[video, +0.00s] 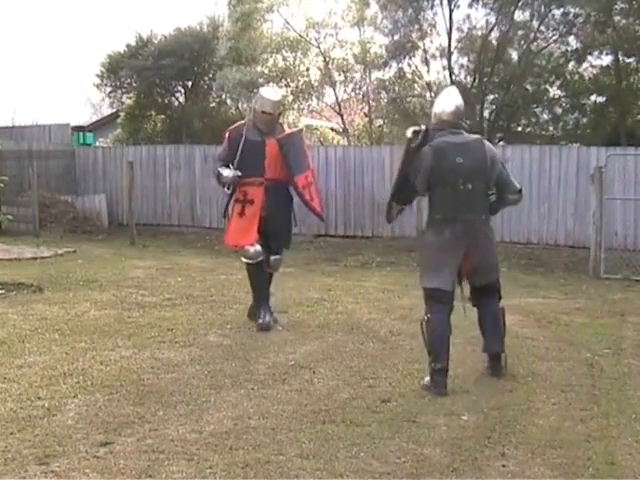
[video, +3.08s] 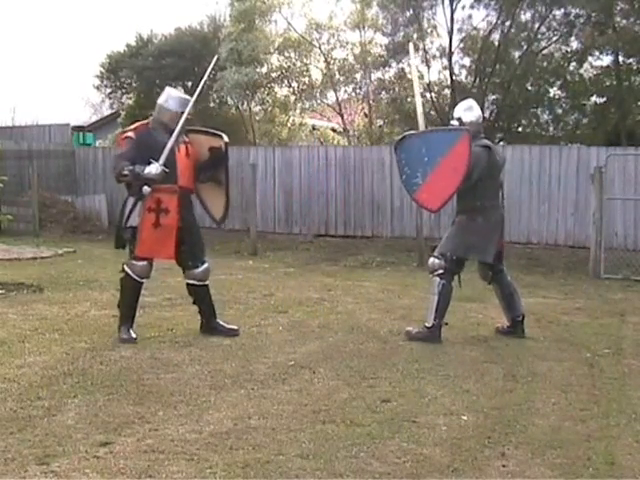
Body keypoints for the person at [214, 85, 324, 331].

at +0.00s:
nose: (268, 118)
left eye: (273, 114)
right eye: (264, 113)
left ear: (278, 113)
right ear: (254, 110)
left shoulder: (286, 137)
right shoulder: (238, 134)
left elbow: (300, 169)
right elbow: (221, 164)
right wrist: (226, 174)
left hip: (277, 200)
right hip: (247, 200)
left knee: (275, 257)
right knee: (252, 252)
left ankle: (259, 303)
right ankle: (263, 305)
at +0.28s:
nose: (271, 117)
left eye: (276, 113)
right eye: (267, 111)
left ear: (282, 114)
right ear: (258, 109)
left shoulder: (287, 138)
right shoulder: (239, 130)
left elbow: (297, 172)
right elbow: (219, 158)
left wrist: (293, 148)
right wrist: (224, 168)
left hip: (271, 203)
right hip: (240, 200)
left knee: (265, 257)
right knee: (236, 252)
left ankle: (257, 308)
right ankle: (234, 308)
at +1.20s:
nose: (239, 118)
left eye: (243, 113)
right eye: (235, 113)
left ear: (247, 113)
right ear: (223, 110)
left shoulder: (252, 138)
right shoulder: (204, 133)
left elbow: (265, 173)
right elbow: (182, 165)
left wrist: (264, 144)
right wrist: (194, 168)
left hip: (244, 200)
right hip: (212, 200)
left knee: (248, 259)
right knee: (204, 255)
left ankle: (255, 308)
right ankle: (196, 310)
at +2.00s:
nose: (205, 118)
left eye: (209, 112)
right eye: (201, 112)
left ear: (213, 112)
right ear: (188, 111)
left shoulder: (218, 137)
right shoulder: (172, 136)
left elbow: (237, 173)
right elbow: (151, 168)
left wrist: (237, 147)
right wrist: (163, 173)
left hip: (218, 199)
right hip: (188, 201)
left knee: (222, 256)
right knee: (189, 257)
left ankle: (217, 315)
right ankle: (194, 311)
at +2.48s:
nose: (218, 121)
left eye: (221, 116)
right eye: (215, 114)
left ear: (223, 116)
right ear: (201, 109)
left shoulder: (222, 142)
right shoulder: (172, 130)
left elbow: (239, 175)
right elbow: (148, 159)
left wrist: (247, 151)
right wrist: (159, 164)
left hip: (211, 204)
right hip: (178, 202)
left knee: (212, 264)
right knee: (169, 258)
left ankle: (210, 320)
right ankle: (174, 306)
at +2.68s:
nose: (215, 119)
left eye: (217, 115)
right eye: (211, 113)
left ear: (217, 115)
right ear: (196, 108)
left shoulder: (216, 141)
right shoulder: (168, 130)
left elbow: (230, 174)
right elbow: (141, 159)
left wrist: (240, 155)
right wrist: (155, 162)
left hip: (205, 206)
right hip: (173, 204)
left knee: (209, 266)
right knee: (158, 259)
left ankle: (210, 321)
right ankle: (138, 320)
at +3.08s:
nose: (179, 119)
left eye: (182, 115)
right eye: (175, 113)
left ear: (183, 116)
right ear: (161, 110)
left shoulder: (183, 141)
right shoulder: (139, 136)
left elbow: (195, 174)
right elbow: (120, 167)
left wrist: (218, 157)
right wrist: (142, 171)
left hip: (181, 209)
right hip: (149, 208)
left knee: (197, 268)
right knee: (139, 266)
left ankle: (209, 321)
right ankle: (126, 325)